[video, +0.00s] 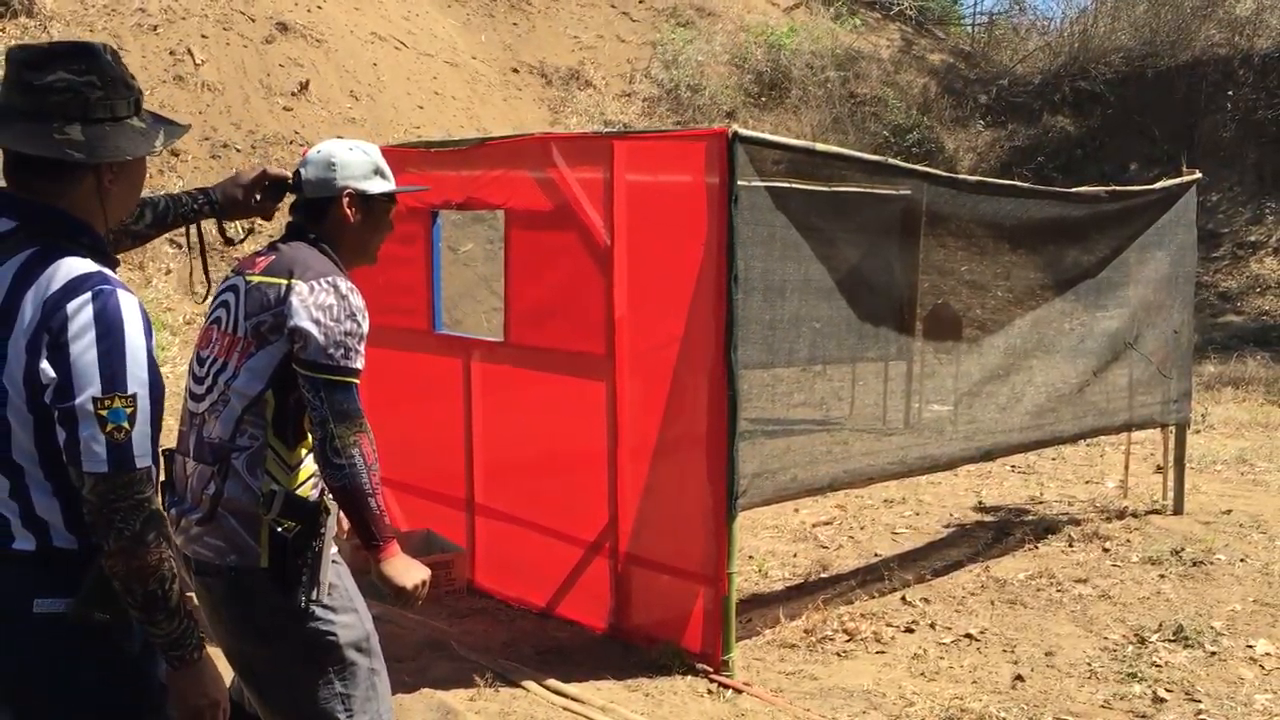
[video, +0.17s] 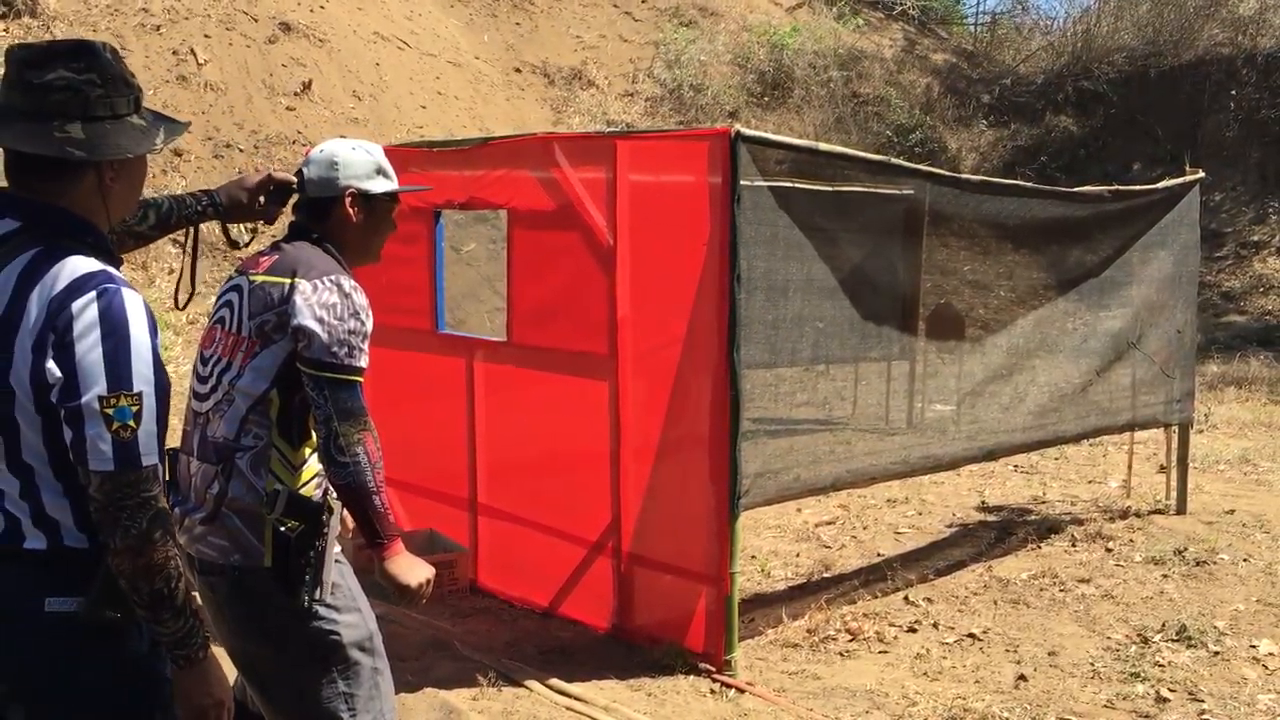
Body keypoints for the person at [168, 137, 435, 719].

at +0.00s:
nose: (394, 224)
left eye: (395, 209)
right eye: (389, 208)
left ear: (325, 203)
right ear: (350, 208)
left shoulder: (254, 268)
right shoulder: (327, 291)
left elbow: (259, 410)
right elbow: (340, 440)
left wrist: (319, 504)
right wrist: (388, 551)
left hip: (213, 532)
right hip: (269, 545)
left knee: (272, 691)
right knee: (354, 699)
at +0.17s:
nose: (397, 223)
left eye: (398, 208)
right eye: (391, 207)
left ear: (329, 203)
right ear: (352, 207)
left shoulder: (260, 266)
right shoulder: (330, 287)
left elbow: (265, 407)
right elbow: (344, 435)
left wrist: (325, 497)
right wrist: (393, 548)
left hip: (217, 533)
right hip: (273, 545)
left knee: (274, 692)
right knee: (357, 696)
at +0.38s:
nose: (400, 222)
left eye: (400, 207)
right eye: (394, 206)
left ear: (332, 203)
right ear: (355, 208)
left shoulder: (261, 268)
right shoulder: (334, 289)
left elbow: (271, 407)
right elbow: (348, 434)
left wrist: (331, 496)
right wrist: (397, 547)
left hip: (220, 537)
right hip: (279, 548)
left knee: (278, 697)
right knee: (361, 700)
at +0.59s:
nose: (401, 223)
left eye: (401, 208)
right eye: (395, 207)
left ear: (335, 203)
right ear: (356, 207)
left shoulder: (265, 267)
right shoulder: (336, 287)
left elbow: (275, 406)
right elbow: (352, 431)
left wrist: (335, 494)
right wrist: (401, 545)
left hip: (222, 532)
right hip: (280, 540)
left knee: (285, 696)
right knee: (363, 696)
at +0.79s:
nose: (400, 222)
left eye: (401, 208)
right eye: (395, 206)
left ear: (335, 201)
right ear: (357, 205)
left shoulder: (263, 267)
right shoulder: (337, 286)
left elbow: (277, 409)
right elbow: (352, 430)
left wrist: (340, 498)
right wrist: (402, 544)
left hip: (221, 531)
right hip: (280, 540)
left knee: (285, 692)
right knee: (364, 697)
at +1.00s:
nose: (401, 222)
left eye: (402, 207)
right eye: (395, 206)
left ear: (333, 201)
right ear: (357, 205)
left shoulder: (264, 266)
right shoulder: (337, 287)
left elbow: (274, 406)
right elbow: (352, 432)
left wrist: (335, 495)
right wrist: (401, 544)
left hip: (222, 531)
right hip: (280, 542)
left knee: (283, 695)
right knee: (363, 699)